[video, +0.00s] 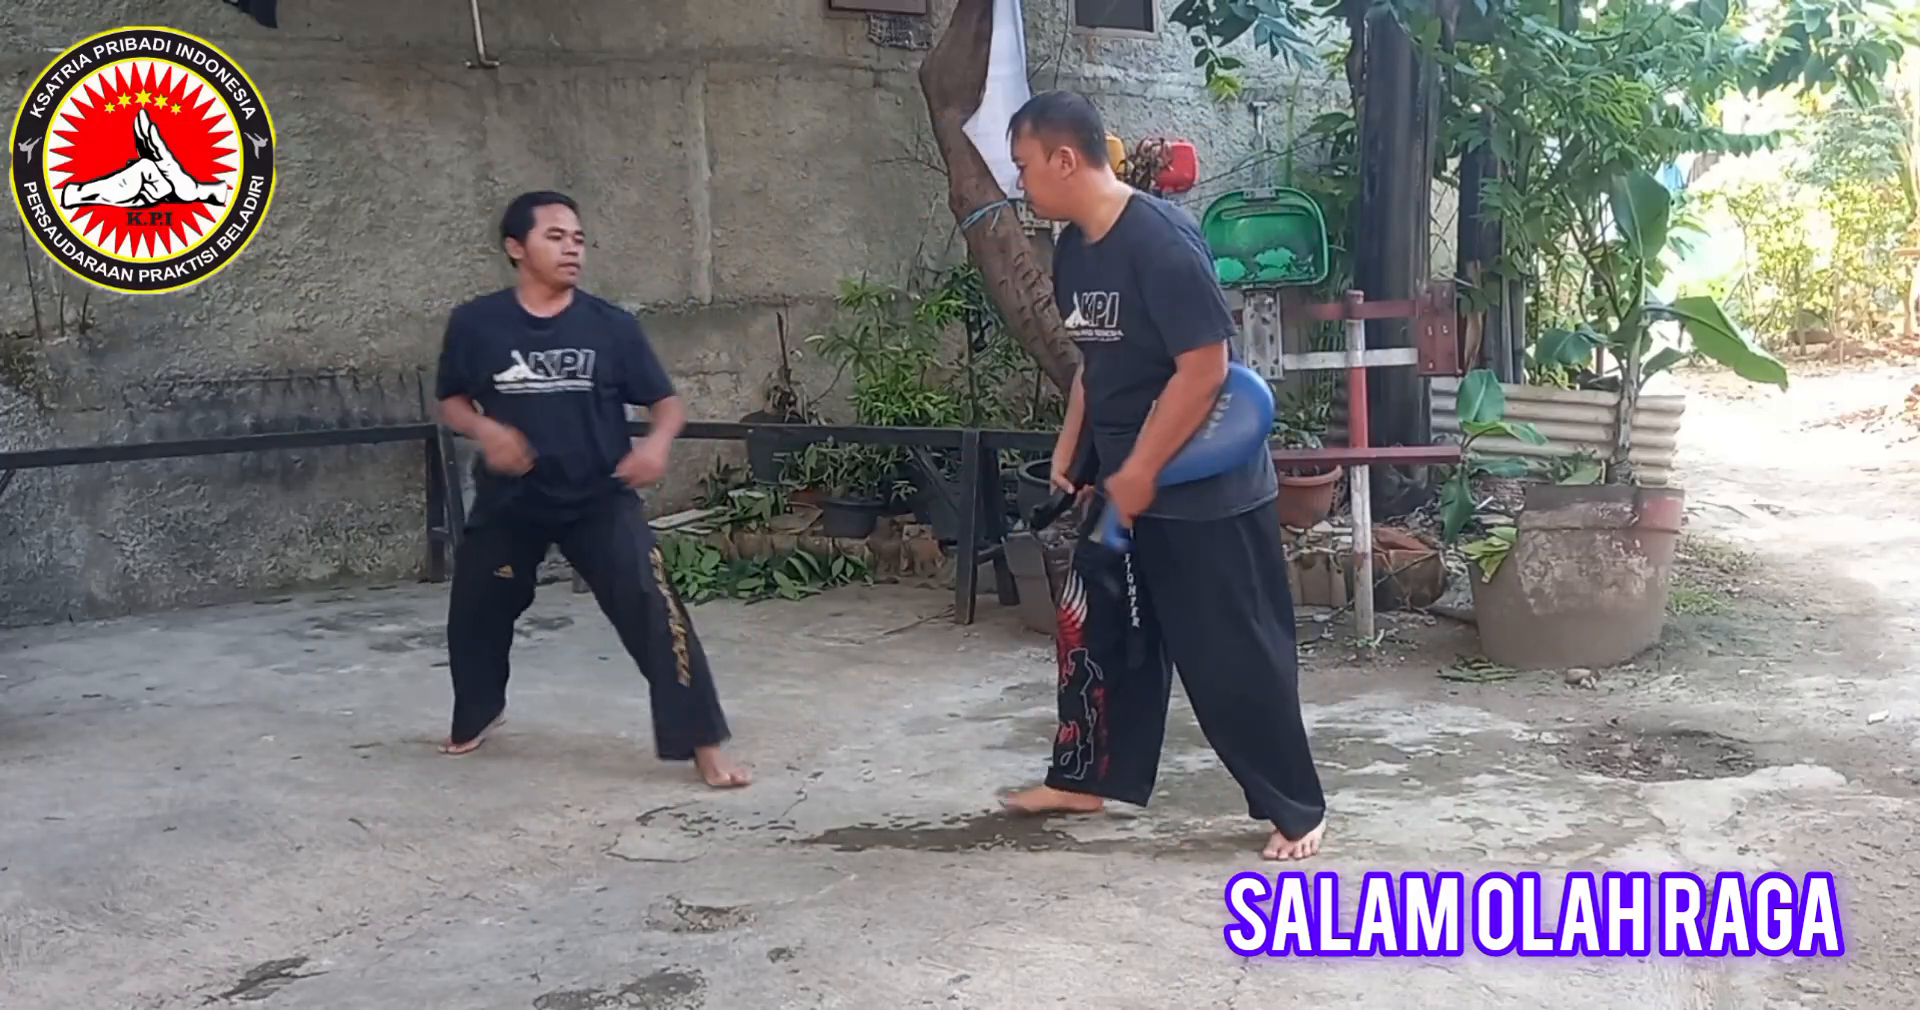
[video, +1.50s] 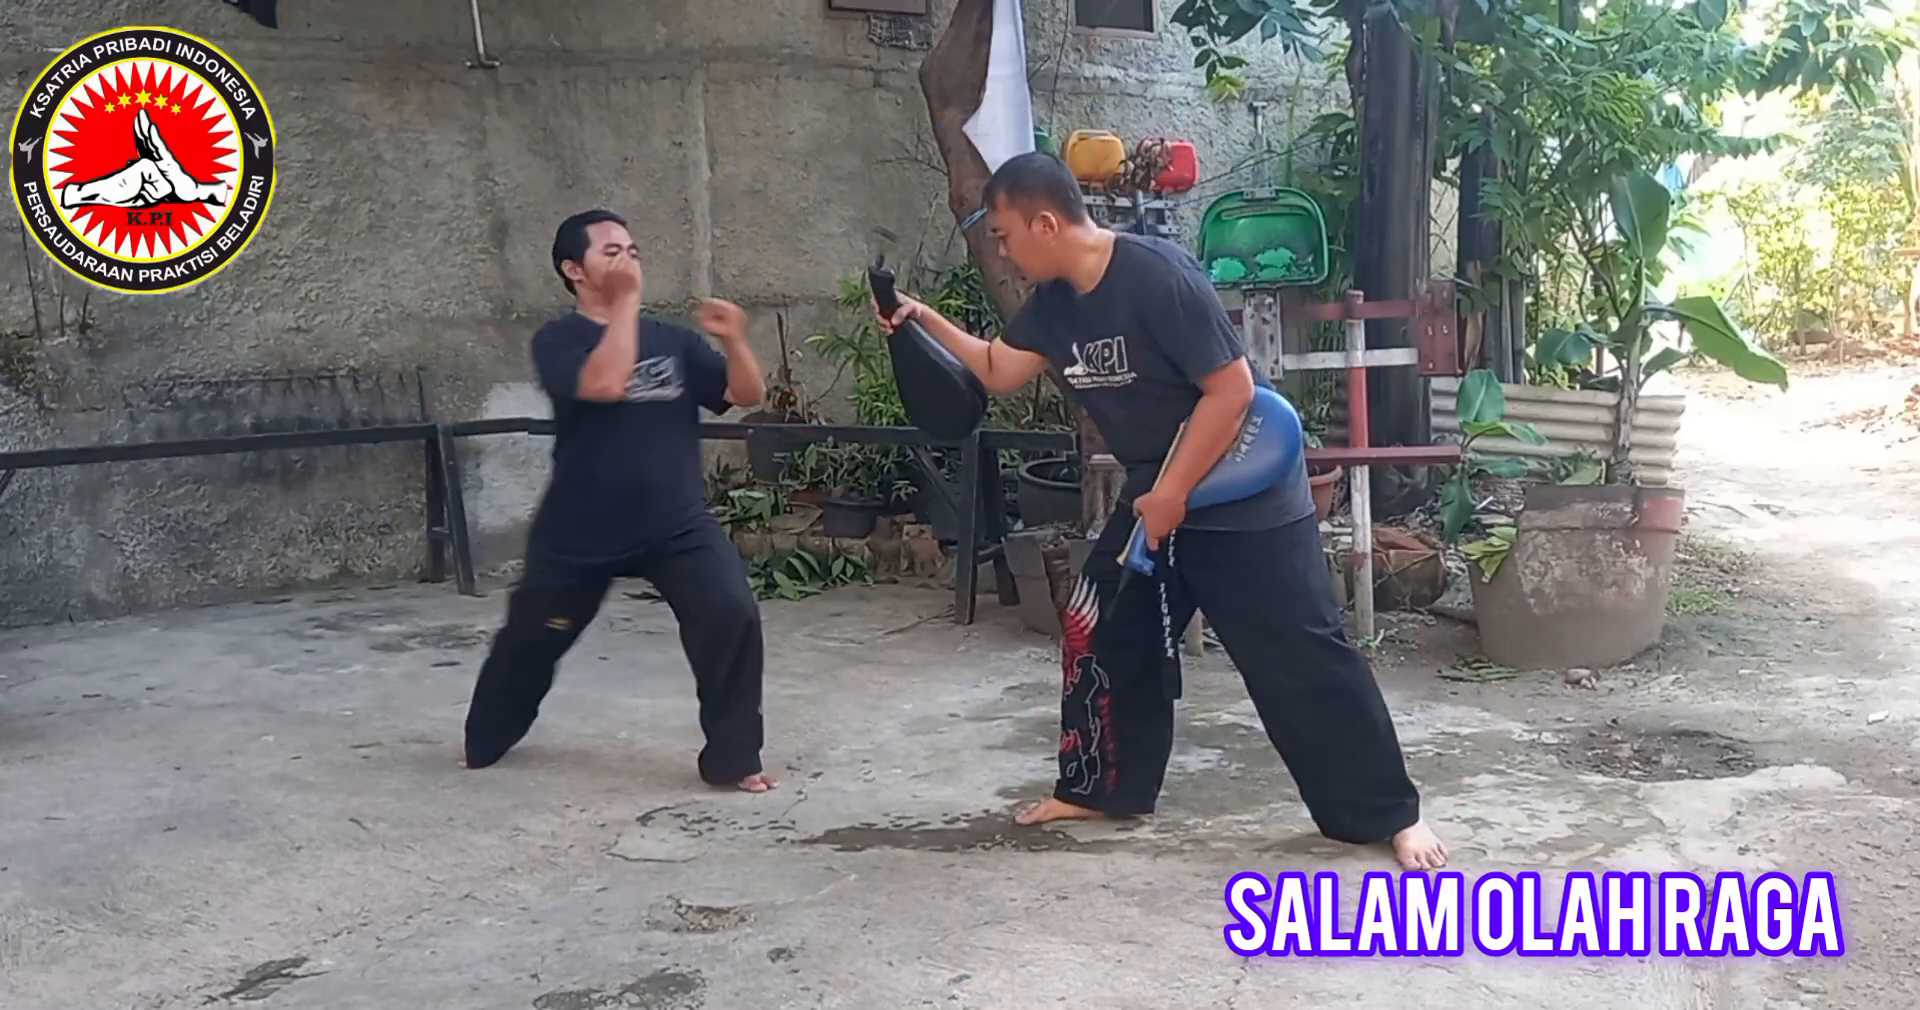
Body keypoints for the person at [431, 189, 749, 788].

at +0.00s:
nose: (572, 248)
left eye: (577, 238)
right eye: (556, 237)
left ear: (584, 249)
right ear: (517, 249)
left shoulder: (612, 325)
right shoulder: (474, 323)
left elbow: (669, 403)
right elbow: (451, 402)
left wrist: (656, 445)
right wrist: (486, 431)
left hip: (598, 498)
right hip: (511, 500)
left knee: (647, 601)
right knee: (476, 606)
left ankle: (707, 743)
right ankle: (477, 708)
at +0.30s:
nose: (630, 259)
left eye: (635, 247)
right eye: (615, 247)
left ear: (640, 252)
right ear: (572, 251)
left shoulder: (661, 331)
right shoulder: (530, 321)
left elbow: (711, 397)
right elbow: (546, 407)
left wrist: (733, 429)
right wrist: (611, 343)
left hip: (638, 502)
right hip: (543, 502)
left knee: (679, 610)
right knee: (489, 606)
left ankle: (718, 753)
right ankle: (481, 716)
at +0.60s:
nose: (604, 255)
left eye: (610, 244)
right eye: (589, 243)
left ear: (617, 250)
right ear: (547, 249)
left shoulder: (638, 329)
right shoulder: (506, 320)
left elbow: (693, 396)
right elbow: (512, 398)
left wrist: (735, 440)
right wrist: (575, 334)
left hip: (625, 502)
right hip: (529, 508)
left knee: (681, 600)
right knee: (488, 618)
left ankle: (722, 744)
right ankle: (484, 725)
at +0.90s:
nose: (646, 259)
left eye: (650, 249)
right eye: (631, 248)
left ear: (654, 257)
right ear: (587, 255)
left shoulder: (671, 335)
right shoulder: (544, 321)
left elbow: (731, 385)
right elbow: (568, 380)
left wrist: (781, 409)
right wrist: (627, 308)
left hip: (661, 513)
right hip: (565, 515)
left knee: (713, 617)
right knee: (510, 625)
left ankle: (740, 757)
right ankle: (486, 737)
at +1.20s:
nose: (593, 277)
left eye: (600, 267)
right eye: (578, 265)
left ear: (608, 273)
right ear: (539, 272)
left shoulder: (635, 346)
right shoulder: (503, 340)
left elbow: (706, 393)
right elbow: (513, 398)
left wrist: (747, 386)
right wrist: (577, 330)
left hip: (625, 523)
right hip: (528, 527)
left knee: (680, 617)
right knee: (475, 636)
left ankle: (730, 758)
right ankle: (492, 739)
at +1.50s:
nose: (630, 257)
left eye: (632, 249)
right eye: (612, 250)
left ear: (640, 261)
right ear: (574, 271)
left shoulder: (675, 341)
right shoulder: (559, 340)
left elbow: (746, 394)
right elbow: (605, 383)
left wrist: (735, 343)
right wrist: (627, 301)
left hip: (677, 523)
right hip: (583, 528)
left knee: (732, 616)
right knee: (530, 639)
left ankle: (731, 759)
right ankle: (484, 742)